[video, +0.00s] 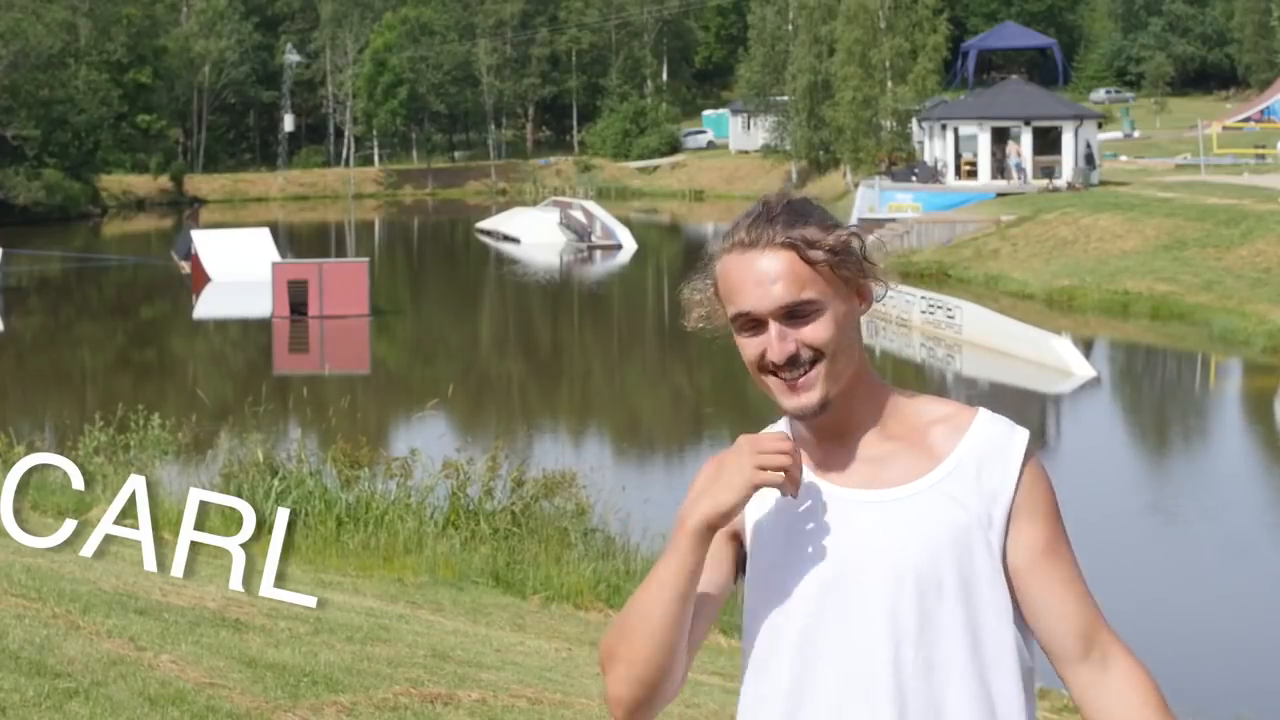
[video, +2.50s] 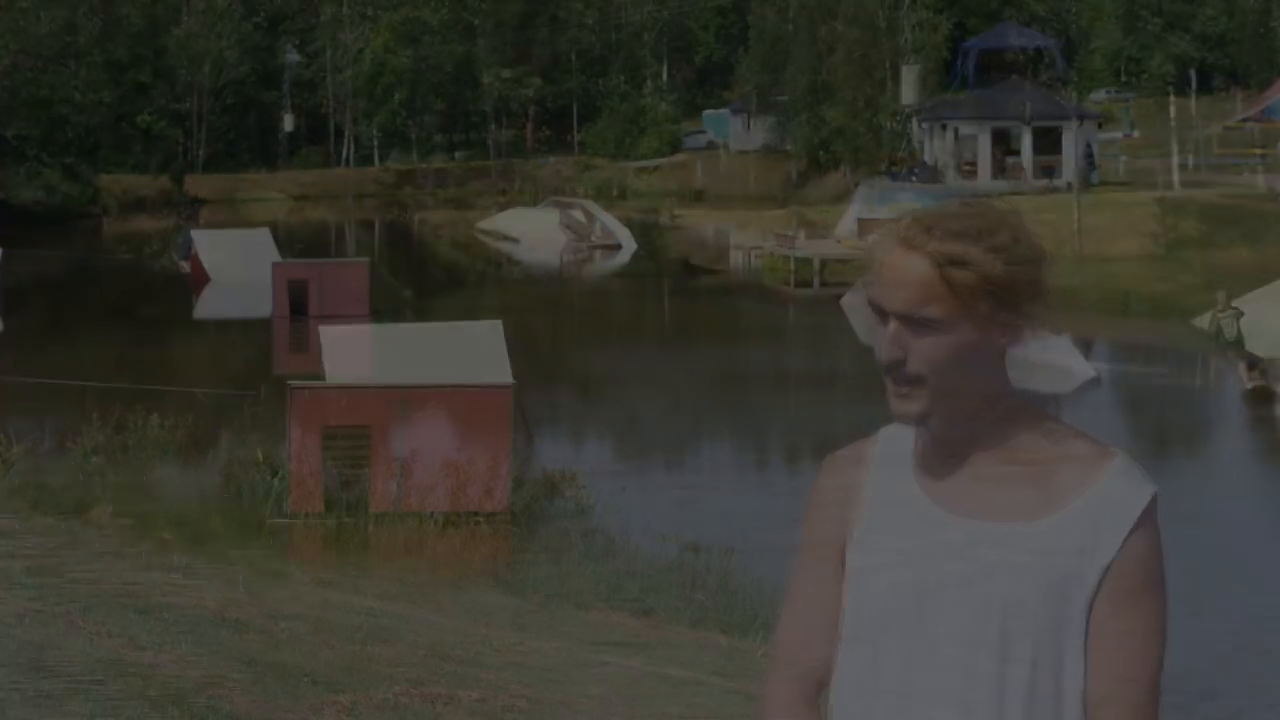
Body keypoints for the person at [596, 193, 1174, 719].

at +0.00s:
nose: (778, 348)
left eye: (800, 313)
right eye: (749, 326)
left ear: (858, 296)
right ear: (731, 334)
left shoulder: (988, 455)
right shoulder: (742, 483)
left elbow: (1095, 662)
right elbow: (630, 696)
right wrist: (693, 524)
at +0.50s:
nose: (869, 399)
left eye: (895, 366)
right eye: (842, 370)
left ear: (957, 328)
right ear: (820, 350)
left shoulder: (1079, 464)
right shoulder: (834, 505)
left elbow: (1155, 694)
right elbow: (803, 697)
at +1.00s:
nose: (990, 413)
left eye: (1023, 387)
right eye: (974, 376)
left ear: (1104, 361)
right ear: (964, 349)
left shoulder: (1197, 519)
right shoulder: (963, 476)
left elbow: (1223, 709)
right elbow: (930, 673)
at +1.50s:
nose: (1004, 385)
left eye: (1042, 363)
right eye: (993, 347)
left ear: (1122, 352)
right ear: (983, 326)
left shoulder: (1208, 524)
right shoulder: (965, 476)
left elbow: (1238, 709)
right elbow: (915, 675)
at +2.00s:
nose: (946, 358)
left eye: (983, 335)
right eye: (939, 323)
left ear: (1065, 337)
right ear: (929, 309)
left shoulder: (1155, 509)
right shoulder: (893, 478)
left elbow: (1164, 711)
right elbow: (831, 688)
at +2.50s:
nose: (888, 352)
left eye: (922, 325)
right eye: (880, 318)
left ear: (1004, 329)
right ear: (868, 309)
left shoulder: (1107, 499)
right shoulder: (850, 481)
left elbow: (1122, 705)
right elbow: (794, 688)